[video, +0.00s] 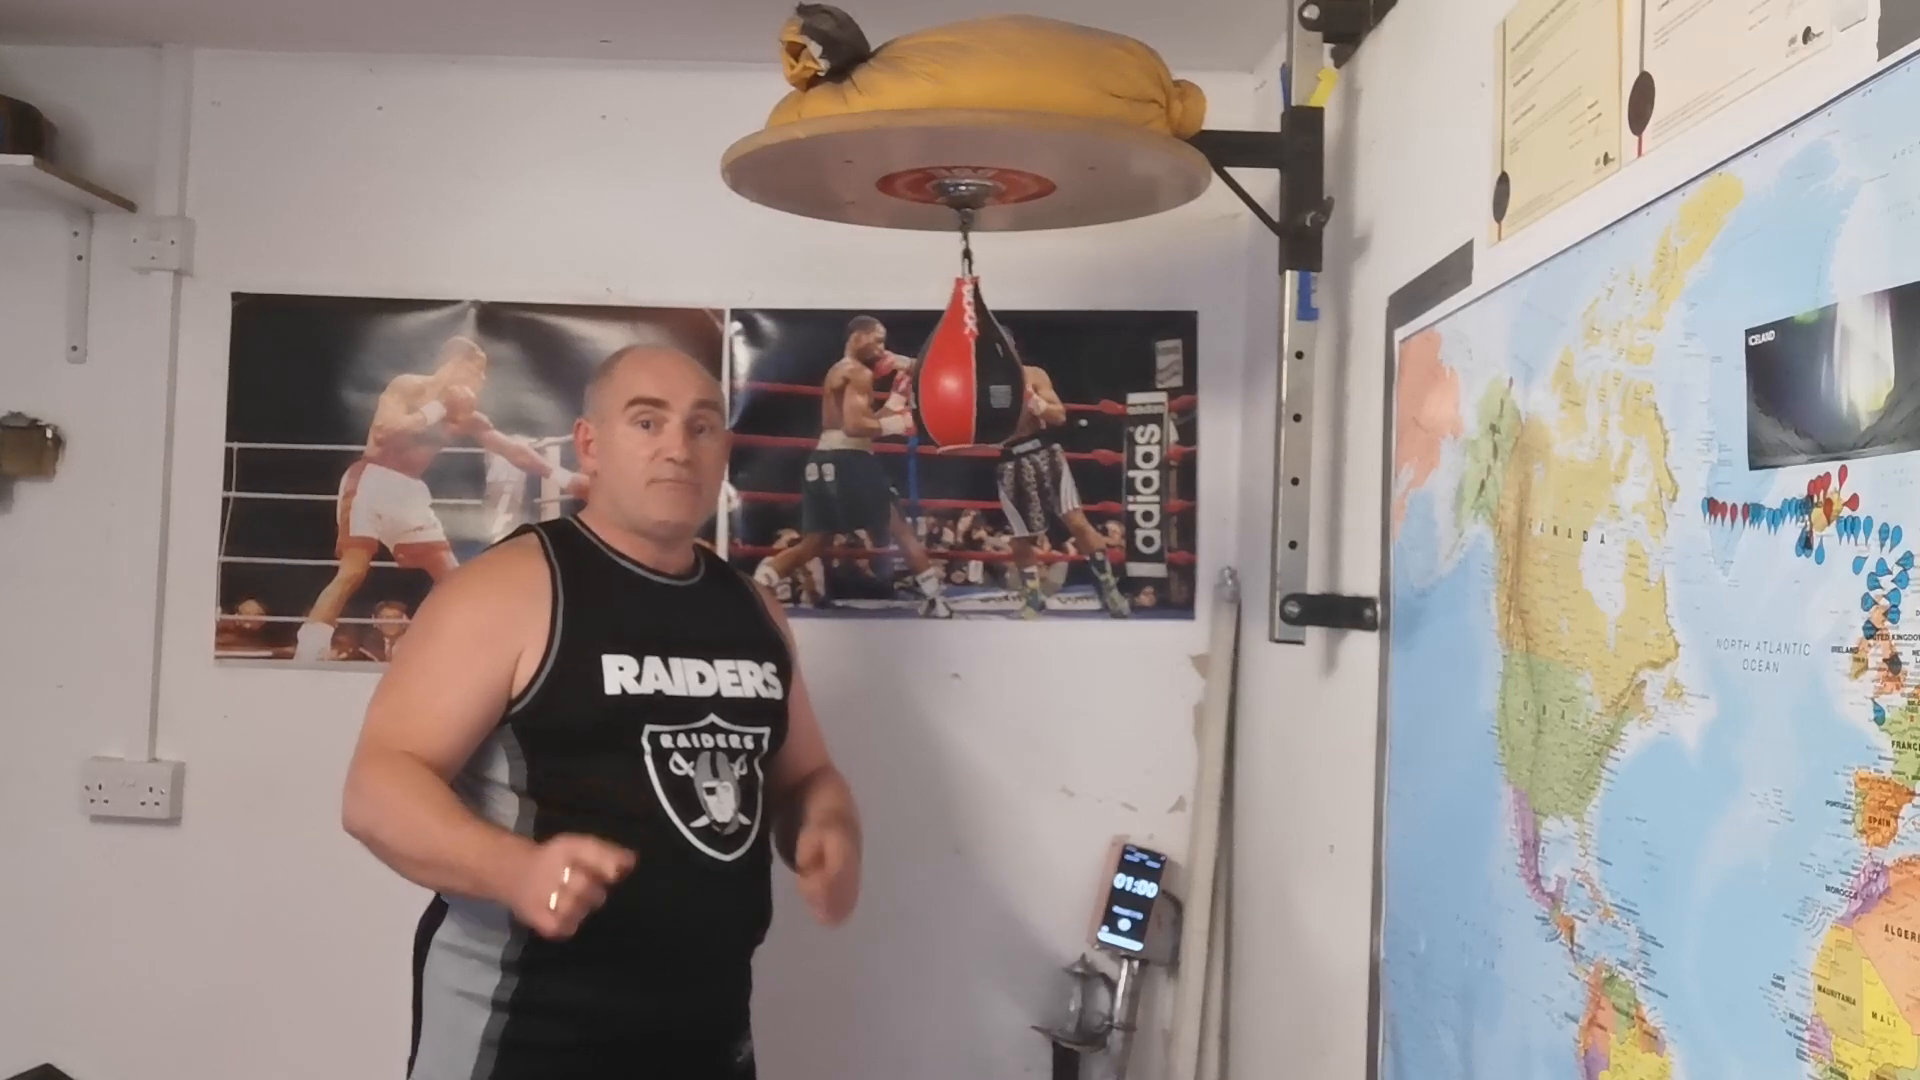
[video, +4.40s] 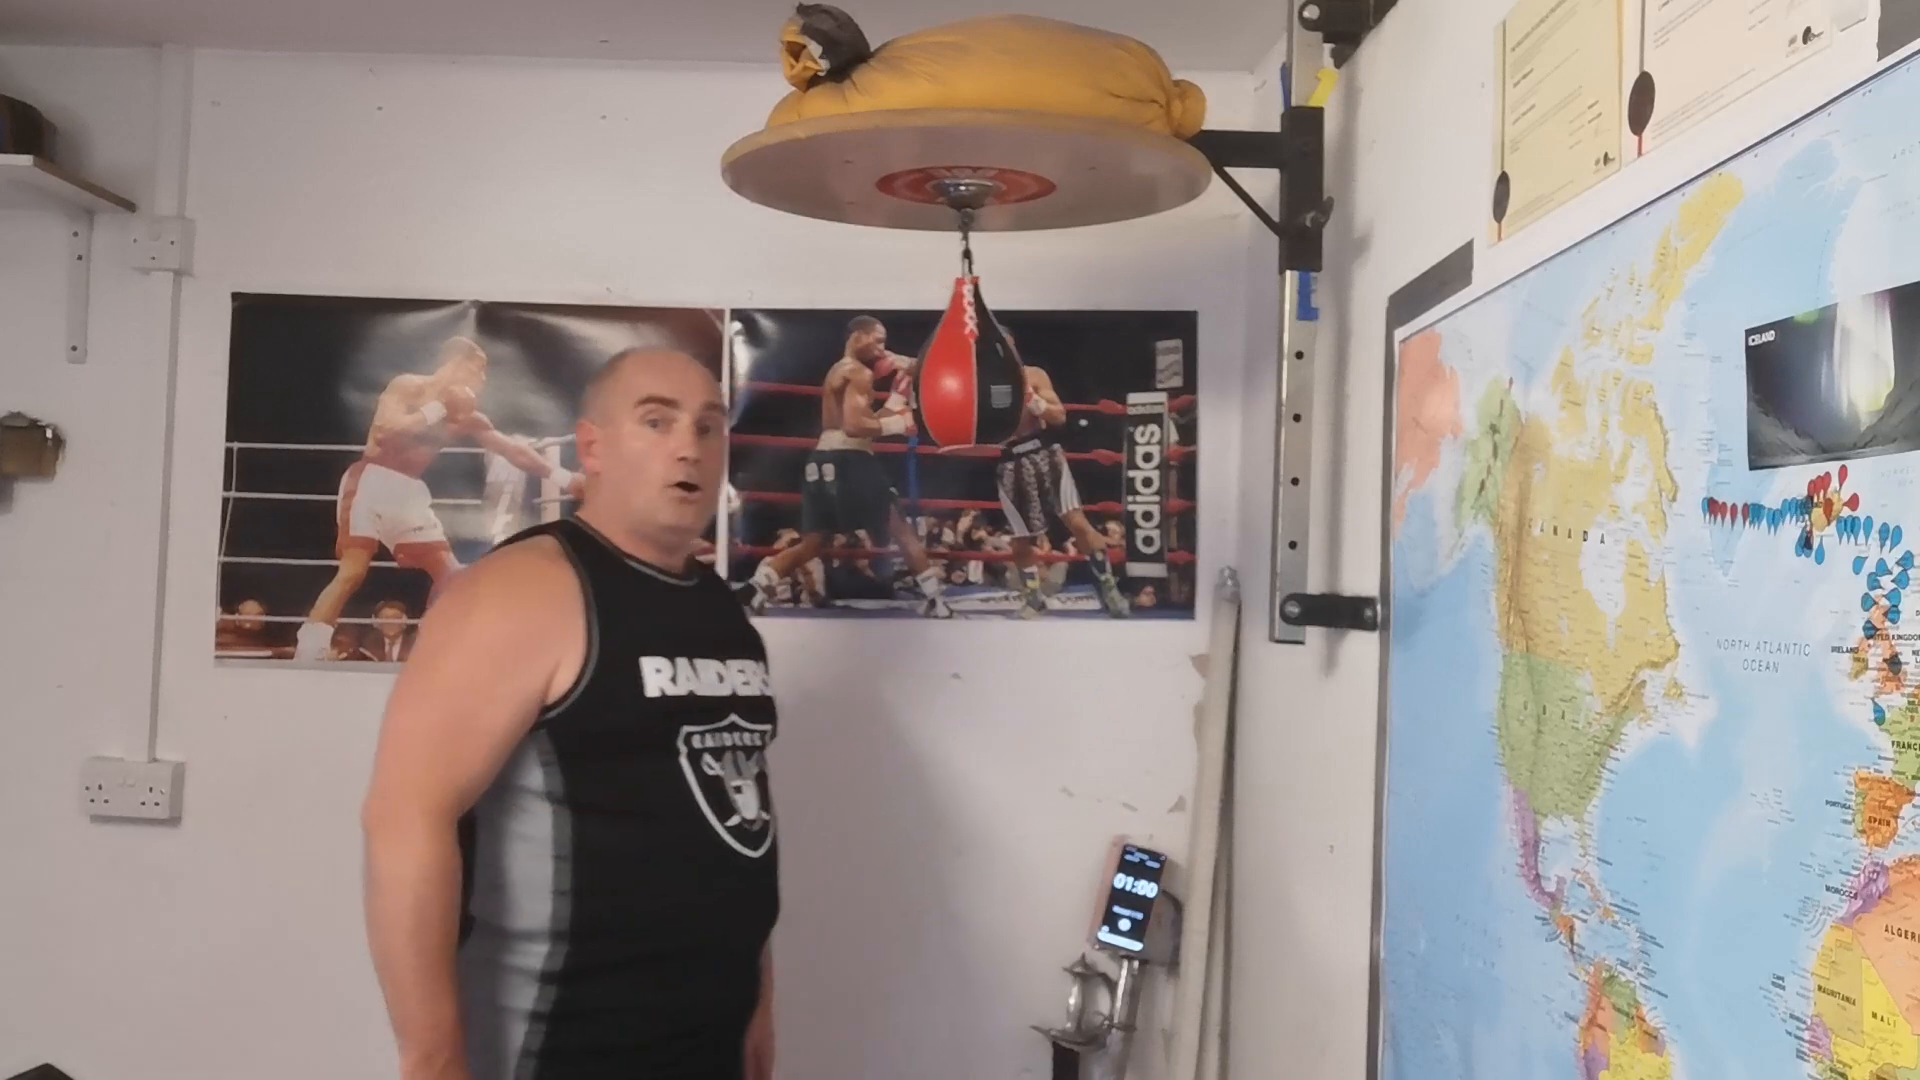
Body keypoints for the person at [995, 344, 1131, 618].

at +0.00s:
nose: (1002, 358)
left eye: (1005, 350)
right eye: (995, 353)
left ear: (1014, 349)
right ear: (987, 359)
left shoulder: (1033, 375)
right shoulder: (983, 387)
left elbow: (1059, 416)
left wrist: (1040, 407)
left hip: (1046, 456)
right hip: (1011, 465)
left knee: (1077, 524)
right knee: (1021, 537)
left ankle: (1109, 590)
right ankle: (1032, 599)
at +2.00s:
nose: (996, 355)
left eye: (999, 348)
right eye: (991, 349)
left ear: (1010, 347)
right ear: (985, 352)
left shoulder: (1034, 375)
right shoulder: (983, 383)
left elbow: (1059, 416)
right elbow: (978, 429)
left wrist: (1037, 404)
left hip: (1046, 456)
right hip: (1011, 464)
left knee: (1075, 522)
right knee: (1022, 537)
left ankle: (1108, 587)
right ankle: (1032, 597)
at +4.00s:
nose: (991, 356)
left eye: (995, 348)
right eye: (986, 350)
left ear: (1009, 348)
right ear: (982, 354)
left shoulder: (1033, 375)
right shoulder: (983, 386)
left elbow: (1059, 416)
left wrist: (1032, 400)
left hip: (1046, 457)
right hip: (1011, 465)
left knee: (1076, 523)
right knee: (1021, 537)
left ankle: (1109, 587)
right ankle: (1032, 596)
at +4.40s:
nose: (1003, 354)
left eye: (1006, 346)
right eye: (997, 349)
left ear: (1014, 348)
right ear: (988, 356)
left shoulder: (1034, 376)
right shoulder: (984, 385)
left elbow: (1058, 417)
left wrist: (1038, 405)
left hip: (1046, 456)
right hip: (1012, 465)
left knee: (1076, 523)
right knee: (1022, 538)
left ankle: (1108, 588)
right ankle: (1032, 598)